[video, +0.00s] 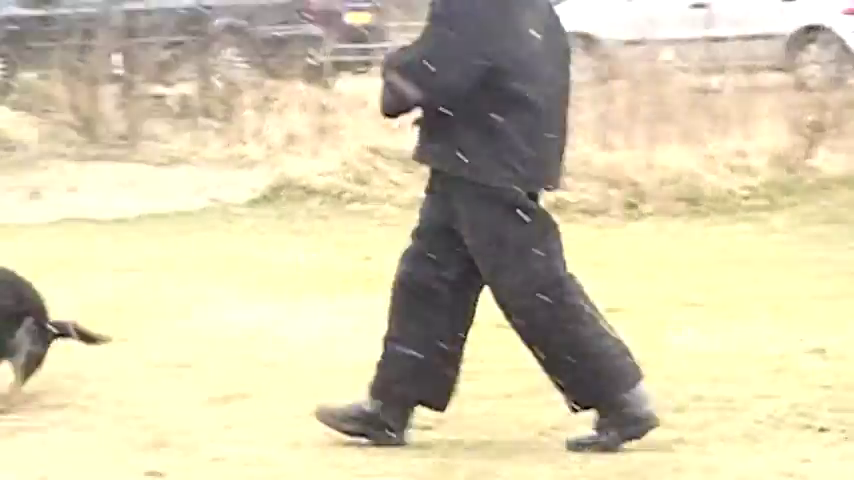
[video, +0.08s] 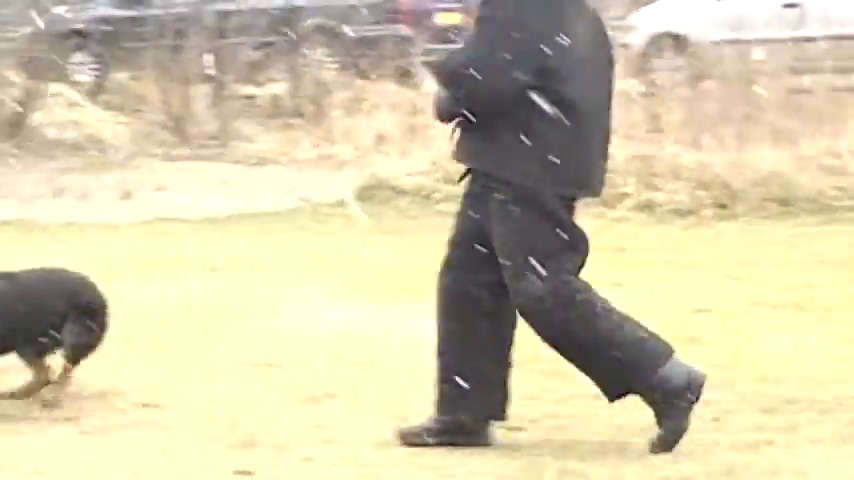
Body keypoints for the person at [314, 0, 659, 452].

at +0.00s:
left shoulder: (473, 10)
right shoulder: (531, 12)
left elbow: (440, 69)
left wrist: (397, 67)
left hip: (488, 166)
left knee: (536, 289)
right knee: (430, 283)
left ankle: (624, 406)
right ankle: (387, 408)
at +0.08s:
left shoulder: (521, 9)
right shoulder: (575, 13)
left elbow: (485, 81)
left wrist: (450, 89)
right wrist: (468, 98)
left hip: (527, 174)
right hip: (500, 171)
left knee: (544, 291)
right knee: (470, 287)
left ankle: (668, 381)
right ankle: (464, 416)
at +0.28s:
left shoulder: (599, 6)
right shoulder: (634, 8)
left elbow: (565, 51)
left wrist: (521, 39)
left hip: (584, 152)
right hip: (622, 155)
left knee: (539, 265)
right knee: (616, 274)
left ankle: (596, 397)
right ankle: (631, 406)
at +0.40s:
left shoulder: (591, 6)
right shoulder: (617, 8)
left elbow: (563, 50)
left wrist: (516, 46)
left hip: (584, 150)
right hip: (618, 150)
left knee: (526, 265)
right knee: (635, 271)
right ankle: (672, 396)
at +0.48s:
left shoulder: (577, 6)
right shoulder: (611, 9)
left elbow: (558, 64)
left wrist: (513, 59)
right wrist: (528, 68)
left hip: (580, 157)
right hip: (620, 157)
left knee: (521, 267)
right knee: (634, 273)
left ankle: (481, 397)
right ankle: (697, 391)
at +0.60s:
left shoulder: (547, 9)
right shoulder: (584, 13)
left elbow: (518, 77)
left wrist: (480, 68)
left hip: (543, 172)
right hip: (585, 175)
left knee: (501, 284)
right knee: (569, 281)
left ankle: (500, 414)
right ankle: (666, 362)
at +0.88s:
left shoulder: (426, 7)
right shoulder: (488, 12)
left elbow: (376, 42)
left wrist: (311, 48)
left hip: (424, 160)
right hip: (460, 161)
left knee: (437, 282)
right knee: (395, 269)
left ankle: (484, 415)